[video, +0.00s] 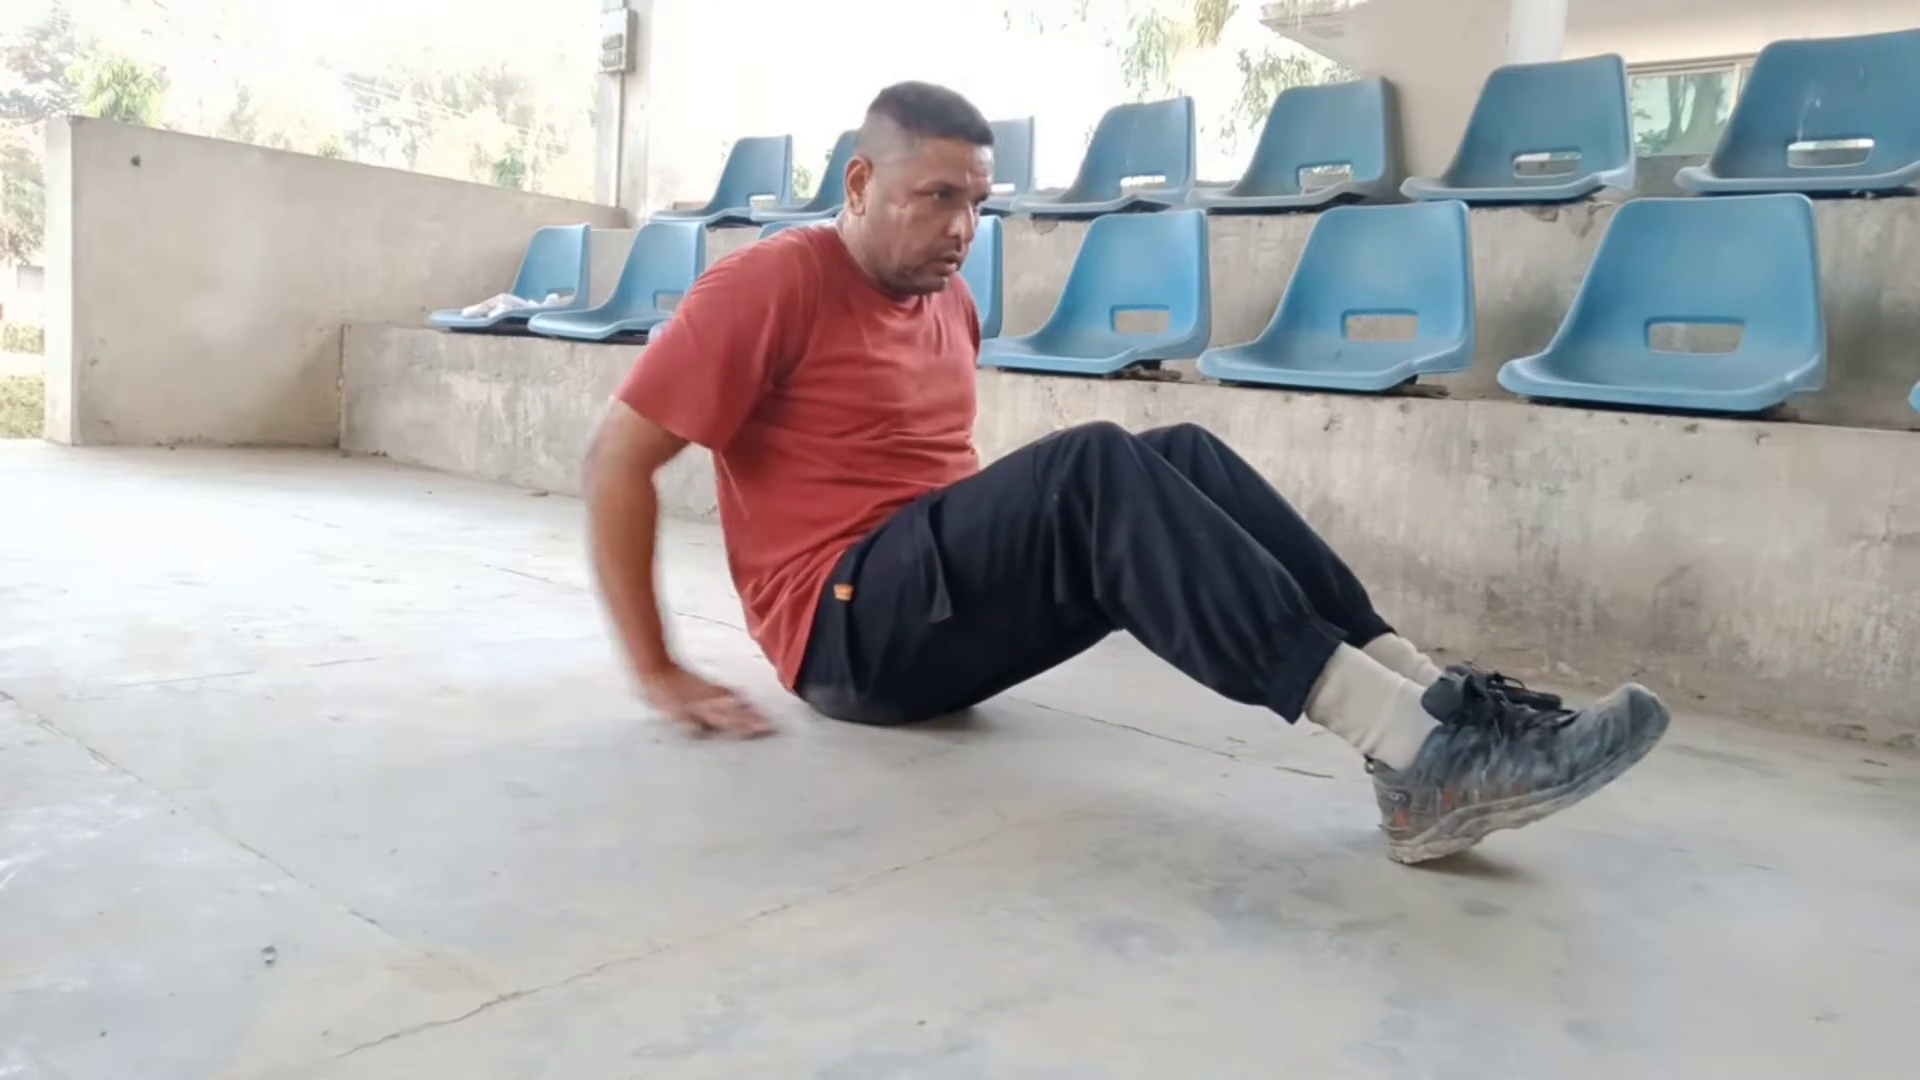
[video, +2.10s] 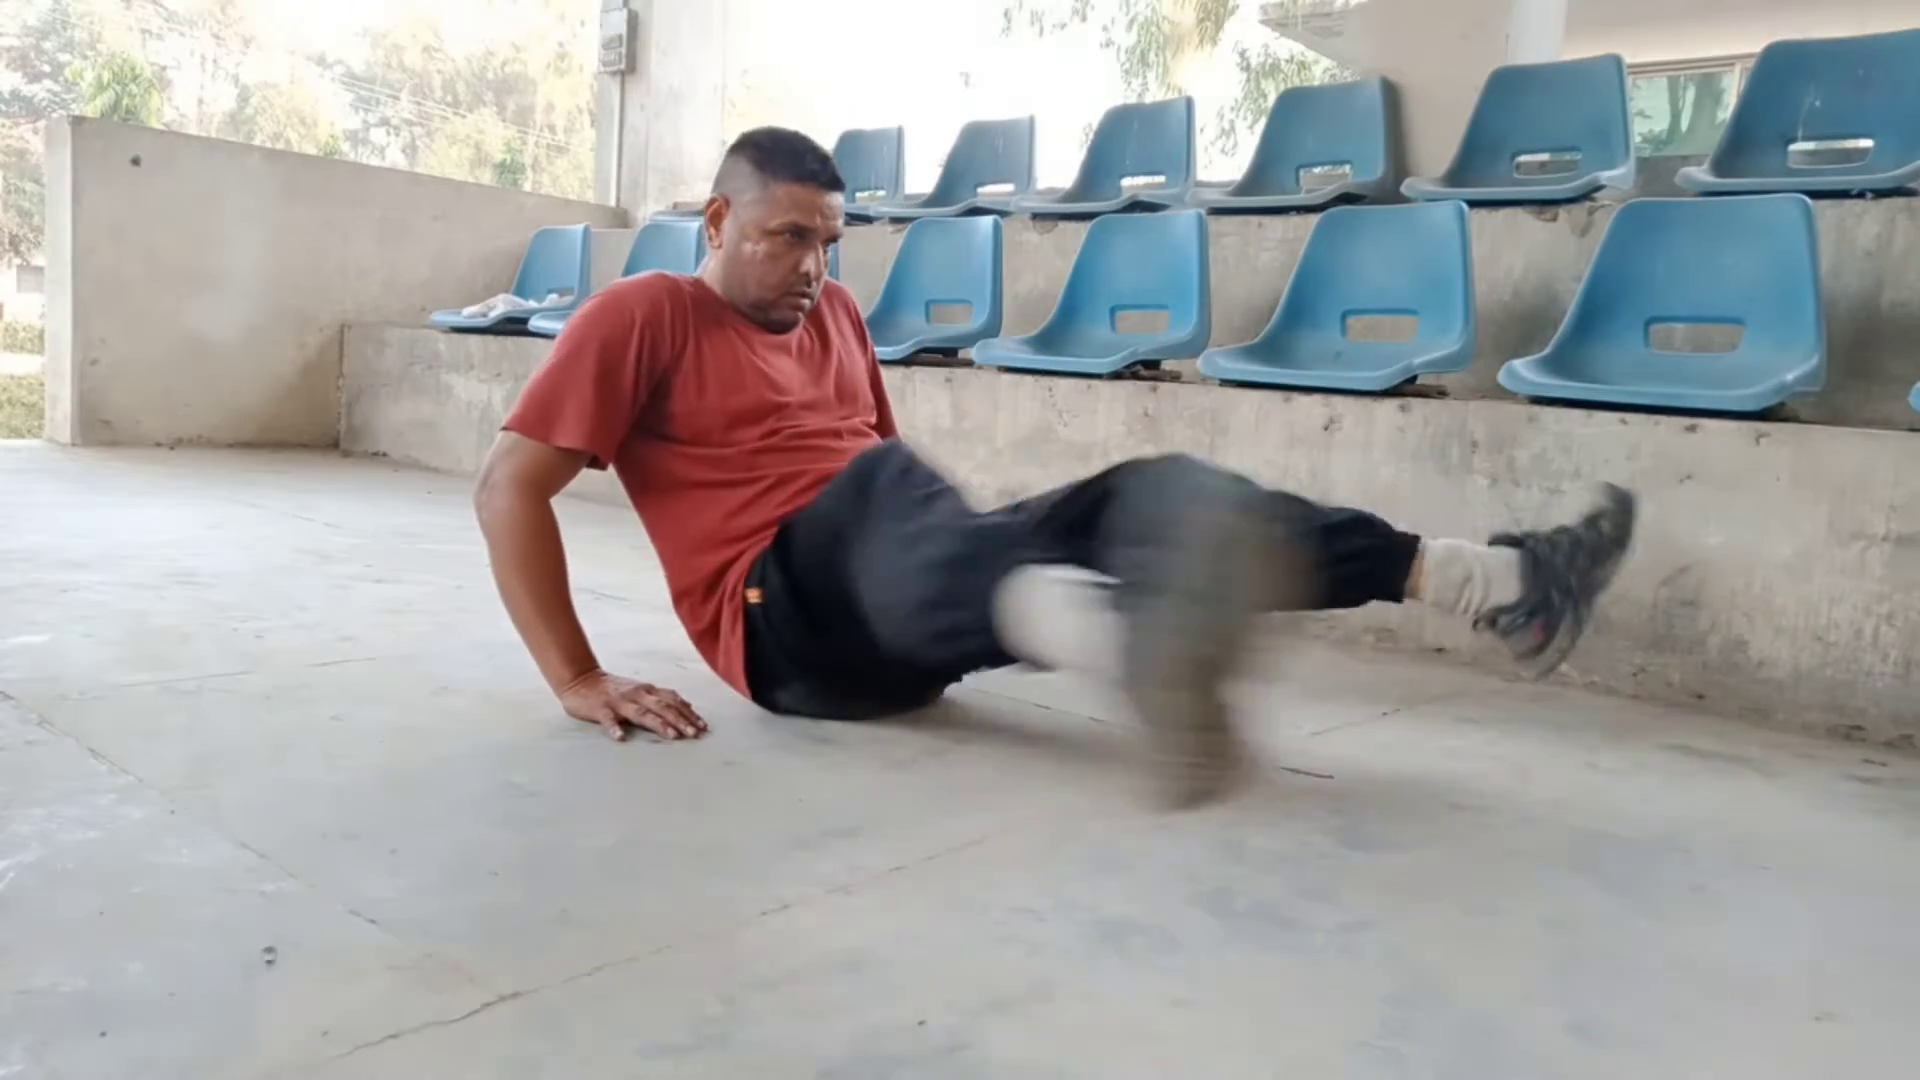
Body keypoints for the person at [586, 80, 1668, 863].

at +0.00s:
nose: (959, 226)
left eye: (973, 203)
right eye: (938, 198)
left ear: (973, 203)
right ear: (858, 187)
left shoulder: (946, 302)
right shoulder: (764, 286)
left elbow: (923, 463)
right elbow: (618, 461)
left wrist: (951, 607)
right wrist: (656, 674)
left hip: (936, 601)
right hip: (845, 618)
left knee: (1180, 456)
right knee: (1100, 472)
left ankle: (1452, 712)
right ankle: (1411, 764)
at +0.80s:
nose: (875, 233)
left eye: (886, 211)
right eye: (849, 207)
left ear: (885, 210)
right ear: (774, 200)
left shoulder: (884, 301)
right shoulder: (687, 301)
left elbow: (901, 457)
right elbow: (550, 478)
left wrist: (945, 587)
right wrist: (581, 683)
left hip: (914, 611)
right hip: (822, 622)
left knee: (1125, 402)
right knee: (1051, 413)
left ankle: (1349, 664)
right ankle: (1320, 679)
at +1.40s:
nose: (808, 247)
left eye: (818, 224)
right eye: (779, 225)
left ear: (824, 221)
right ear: (706, 221)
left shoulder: (828, 315)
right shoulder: (643, 321)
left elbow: (864, 462)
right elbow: (507, 491)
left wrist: (913, 553)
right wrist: (576, 683)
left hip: (906, 570)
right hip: (823, 612)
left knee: (1145, 486)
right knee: (1108, 494)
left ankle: (1486, 639)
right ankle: (1476, 631)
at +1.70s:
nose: (796, 252)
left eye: (808, 229)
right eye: (768, 229)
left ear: (818, 230)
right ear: (698, 228)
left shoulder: (820, 316)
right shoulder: (635, 324)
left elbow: (854, 457)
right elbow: (504, 493)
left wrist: (900, 550)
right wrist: (575, 681)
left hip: (903, 571)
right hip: (800, 613)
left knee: (1172, 490)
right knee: (1037, 509)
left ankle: (1504, 589)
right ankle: (1420, 637)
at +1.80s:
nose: (801, 258)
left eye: (813, 236)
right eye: (776, 234)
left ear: (821, 235)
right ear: (706, 226)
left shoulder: (829, 318)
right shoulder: (639, 323)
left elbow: (863, 465)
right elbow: (506, 494)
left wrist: (905, 577)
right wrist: (576, 682)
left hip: (912, 581)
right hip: (790, 626)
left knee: (1179, 493)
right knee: (950, 493)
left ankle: (1544, 553)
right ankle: (1264, 603)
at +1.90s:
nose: (811, 264)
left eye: (823, 240)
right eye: (787, 237)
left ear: (830, 234)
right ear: (715, 223)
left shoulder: (837, 320)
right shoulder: (644, 323)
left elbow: (872, 472)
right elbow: (507, 494)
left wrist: (943, 548)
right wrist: (575, 682)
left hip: (908, 572)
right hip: (787, 609)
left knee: (1170, 518)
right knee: (885, 526)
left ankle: (1517, 548)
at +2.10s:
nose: (813, 264)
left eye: (825, 240)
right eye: (788, 236)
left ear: (832, 229)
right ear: (715, 217)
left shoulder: (834, 316)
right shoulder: (637, 316)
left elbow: (872, 457)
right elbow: (509, 490)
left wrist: (953, 550)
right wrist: (577, 681)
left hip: (907, 590)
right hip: (779, 619)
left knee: (1147, 499)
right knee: (890, 486)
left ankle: (1499, 586)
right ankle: (1129, 653)